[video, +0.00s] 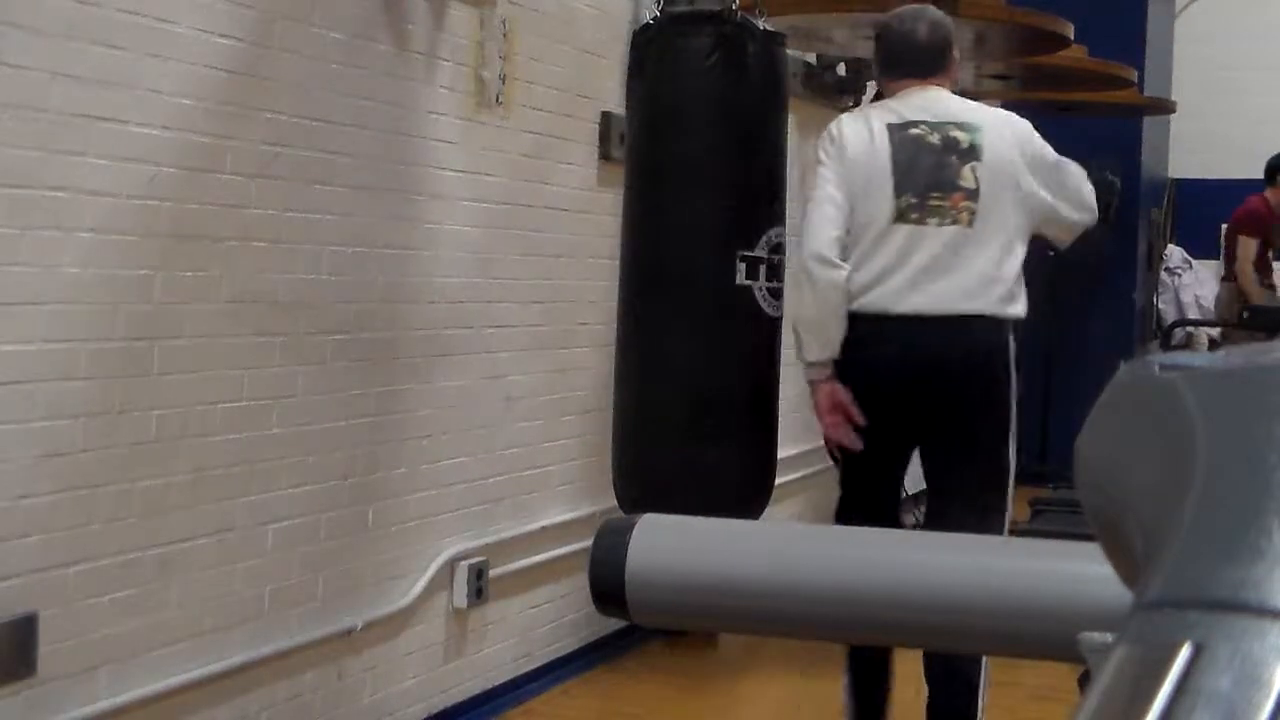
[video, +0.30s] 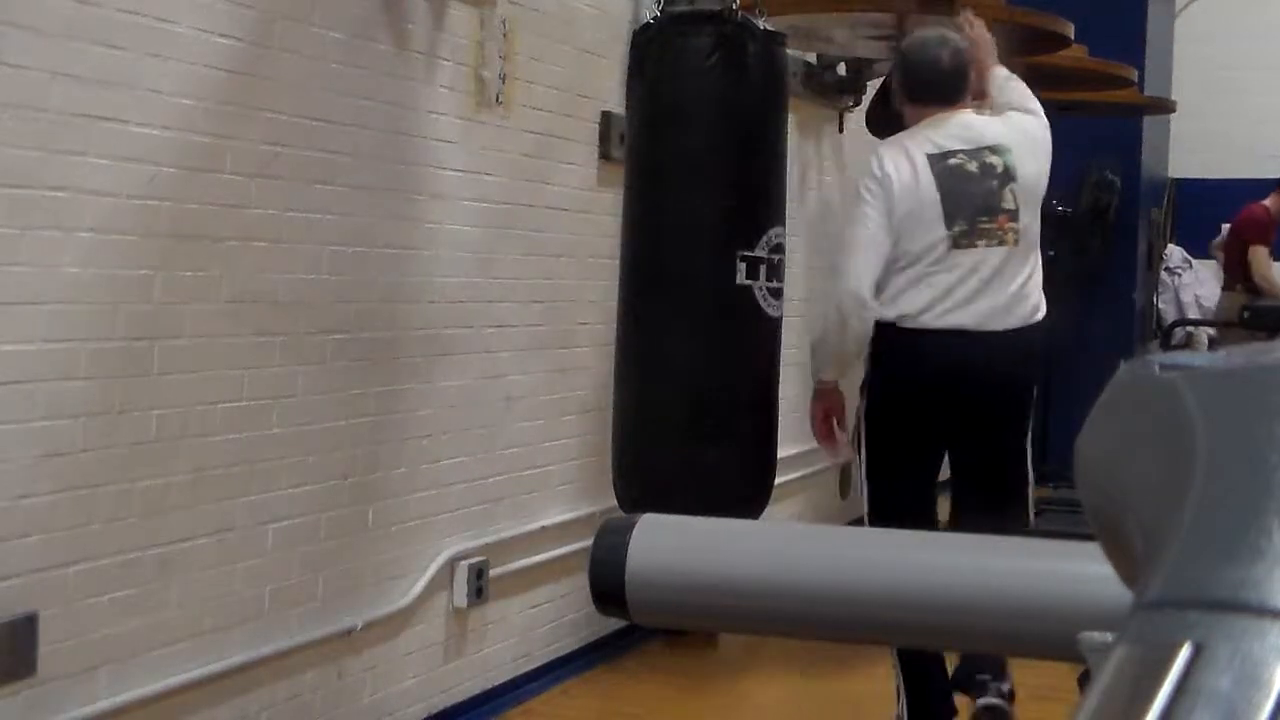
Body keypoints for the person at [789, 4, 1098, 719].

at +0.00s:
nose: (965, 72)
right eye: (962, 63)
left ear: (879, 71)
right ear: (954, 68)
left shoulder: (846, 135)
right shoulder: (1006, 133)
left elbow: (819, 257)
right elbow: (1078, 210)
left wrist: (821, 372)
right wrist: (1017, 186)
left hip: (876, 355)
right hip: (977, 361)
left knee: (863, 537)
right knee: (970, 542)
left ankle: (867, 704)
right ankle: (955, 707)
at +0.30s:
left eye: (898, 81)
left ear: (897, 91)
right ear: (974, 87)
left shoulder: (888, 164)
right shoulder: (1022, 142)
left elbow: (855, 286)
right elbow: (1027, 112)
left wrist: (830, 378)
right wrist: (990, 72)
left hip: (911, 360)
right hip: (1006, 360)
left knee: (900, 531)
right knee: (992, 518)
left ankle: (927, 702)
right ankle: (988, 677)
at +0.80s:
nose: (980, 95)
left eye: (984, 87)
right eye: (987, 84)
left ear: (996, 100)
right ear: (1048, 98)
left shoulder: (998, 167)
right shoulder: (1068, 143)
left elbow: (967, 278)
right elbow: (1023, 85)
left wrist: (883, 283)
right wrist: (983, 20)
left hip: (978, 350)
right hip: (1043, 351)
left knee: (932, 517)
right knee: (1012, 513)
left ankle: (937, 702)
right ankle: (1043, 686)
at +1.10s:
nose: (979, 99)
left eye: (991, 87)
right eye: (980, 86)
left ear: (1030, 97)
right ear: (1032, 98)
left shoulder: (1027, 165)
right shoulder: (1058, 149)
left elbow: (982, 268)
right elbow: (978, 177)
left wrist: (917, 221)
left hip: (999, 344)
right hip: (1039, 341)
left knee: (951, 503)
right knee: (1017, 502)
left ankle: (951, 693)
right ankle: (1044, 682)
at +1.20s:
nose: (978, 100)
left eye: (991, 89)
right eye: (978, 88)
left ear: (1029, 99)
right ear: (1018, 99)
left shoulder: (1032, 164)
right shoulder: (1032, 153)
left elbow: (989, 272)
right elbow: (965, 208)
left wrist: (918, 219)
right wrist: (928, 143)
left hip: (1000, 348)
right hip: (1015, 343)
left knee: (954, 511)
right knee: (1011, 509)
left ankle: (950, 691)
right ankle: (1044, 683)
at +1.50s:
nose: (959, 105)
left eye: (976, 93)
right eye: (952, 93)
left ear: (1012, 103)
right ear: (945, 100)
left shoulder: (1029, 173)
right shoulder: (944, 162)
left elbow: (1034, 284)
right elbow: (933, 246)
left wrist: (925, 266)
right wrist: (894, 259)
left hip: (996, 351)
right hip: (941, 346)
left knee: (967, 522)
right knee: (955, 517)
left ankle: (954, 691)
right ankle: (1031, 673)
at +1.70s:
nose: (950, 103)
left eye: (966, 92)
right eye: (941, 92)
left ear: (997, 103)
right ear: (929, 100)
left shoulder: (1022, 173)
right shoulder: (906, 164)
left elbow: (1041, 281)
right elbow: (867, 255)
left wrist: (940, 269)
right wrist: (870, 260)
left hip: (982, 361)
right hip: (909, 357)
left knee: (963, 525)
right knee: (873, 507)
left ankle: (955, 690)